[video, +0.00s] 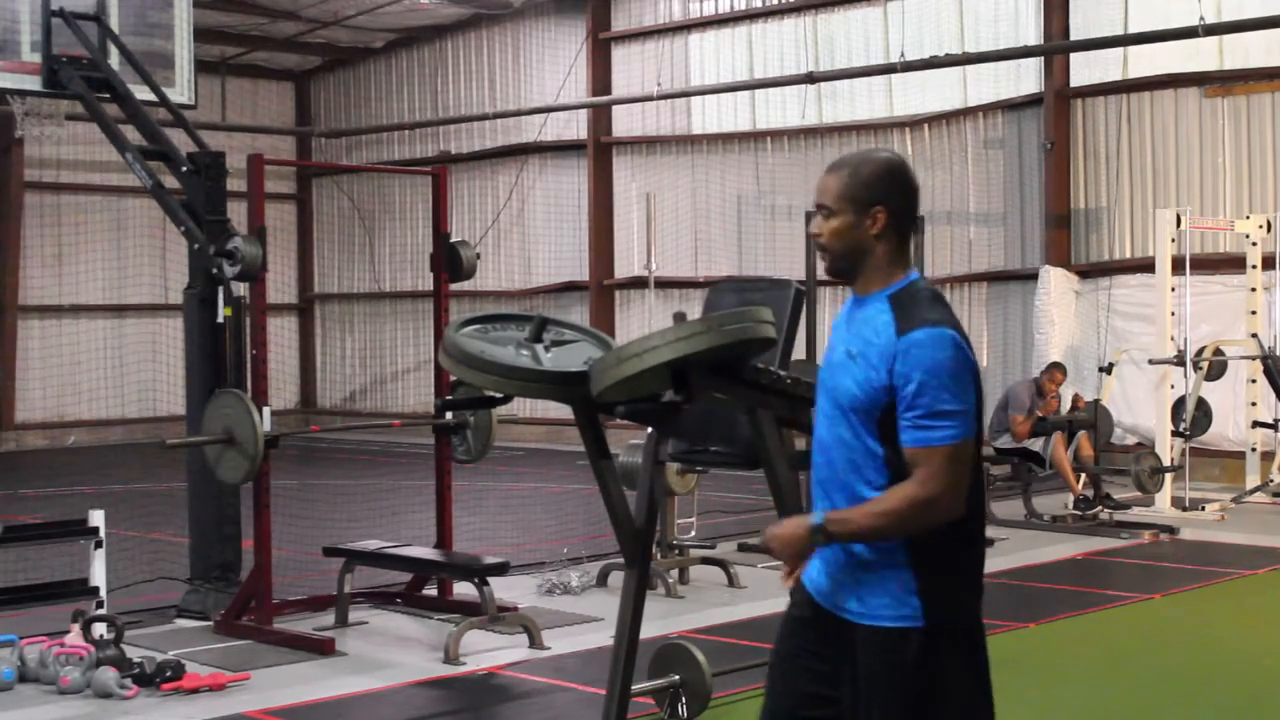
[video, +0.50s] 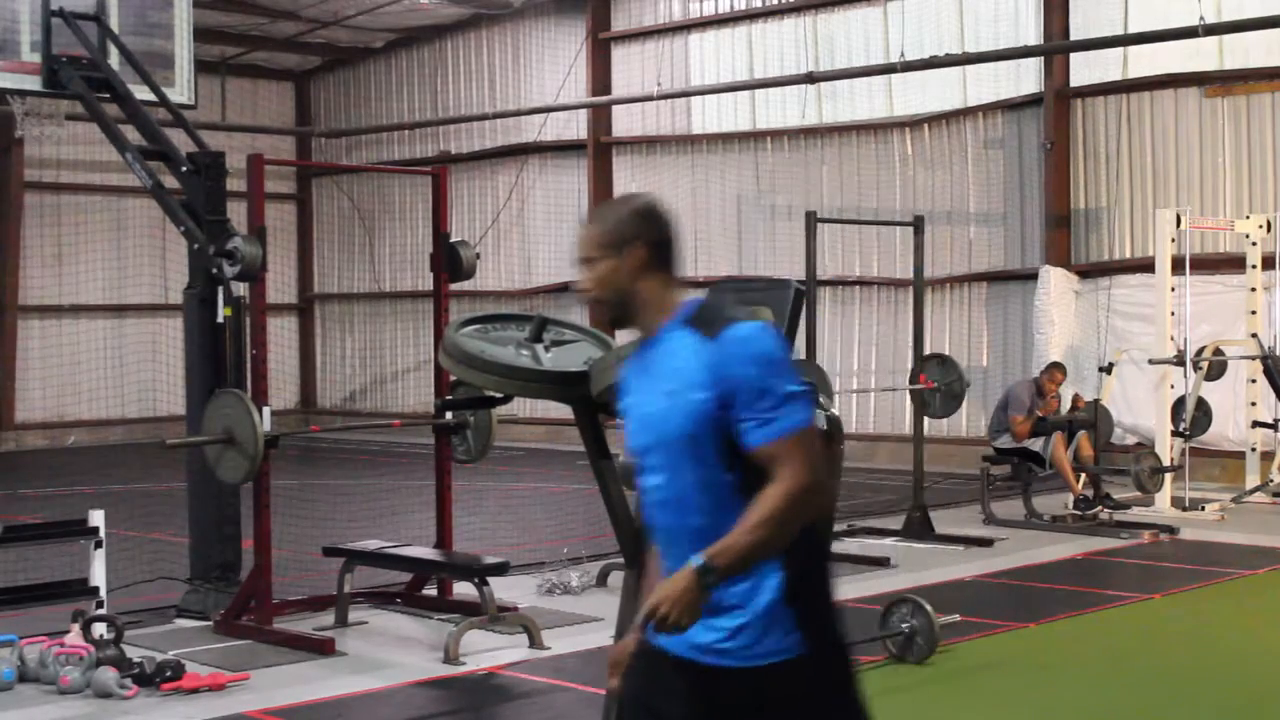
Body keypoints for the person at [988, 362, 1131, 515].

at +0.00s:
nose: (1054, 389)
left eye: (1058, 385)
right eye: (1051, 382)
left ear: (1061, 385)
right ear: (1042, 375)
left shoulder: (1052, 395)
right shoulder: (1021, 391)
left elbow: (1055, 426)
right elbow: (1019, 435)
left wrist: (1073, 411)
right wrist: (1040, 412)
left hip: (1030, 437)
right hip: (1004, 439)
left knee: (1081, 435)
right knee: (1055, 439)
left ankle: (1100, 494)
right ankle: (1079, 498)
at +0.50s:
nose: (1054, 388)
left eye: (1058, 385)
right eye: (1051, 382)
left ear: (1061, 384)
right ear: (1041, 375)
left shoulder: (1051, 395)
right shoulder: (1021, 391)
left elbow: (1054, 427)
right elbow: (1019, 435)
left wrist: (1073, 411)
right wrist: (1041, 412)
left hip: (1029, 438)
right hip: (1004, 440)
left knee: (1081, 436)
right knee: (1055, 439)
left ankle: (1099, 494)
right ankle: (1079, 498)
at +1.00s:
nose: (1054, 388)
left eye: (1058, 385)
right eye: (1051, 382)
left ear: (1061, 385)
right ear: (1041, 374)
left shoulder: (1051, 395)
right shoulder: (1021, 391)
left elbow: (1053, 427)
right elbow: (1019, 435)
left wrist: (1072, 411)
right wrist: (1041, 412)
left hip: (1029, 438)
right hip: (1003, 439)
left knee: (1080, 436)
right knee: (1055, 439)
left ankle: (1099, 494)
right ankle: (1079, 498)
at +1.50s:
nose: (1054, 388)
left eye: (1058, 385)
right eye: (1051, 382)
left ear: (1061, 384)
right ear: (1041, 375)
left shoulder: (1051, 395)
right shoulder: (1021, 391)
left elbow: (1053, 426)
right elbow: (1018, 434)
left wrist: (1073, 412)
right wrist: (1041, 412)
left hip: (1029, 438)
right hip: (1004, 440)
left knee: (1080, 436)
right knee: (1055, 439)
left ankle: (1099, 494)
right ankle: (1079, 498)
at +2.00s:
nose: (1054, 389)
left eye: (1058, 385)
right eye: (1051, 382)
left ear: (1061, 385)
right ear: (1041, 375)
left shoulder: (1051, 396)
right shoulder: (1020, 392)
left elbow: (1054, 427)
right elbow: (1018, 435)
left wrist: (1073, 412)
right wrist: (1040, 412)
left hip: (1029, 438)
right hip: (1004, 439)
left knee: (1080, 435)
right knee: (1055, 439)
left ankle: (1099, 494)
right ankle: (1079, 498)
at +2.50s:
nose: (1054, 388)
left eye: (1058, 385)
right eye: (1051, 382)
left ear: (1061, 385)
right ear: (1041, 375)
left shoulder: (1050, 395)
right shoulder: (1020, 392)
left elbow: (1053, 426)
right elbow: (1018, 435)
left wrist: (1073, 412)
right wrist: (1040, 412)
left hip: (1029, 438)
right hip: (1004, 440)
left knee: (1080, 436)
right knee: (1055, 439)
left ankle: (1099, 494)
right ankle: (1079, 498)